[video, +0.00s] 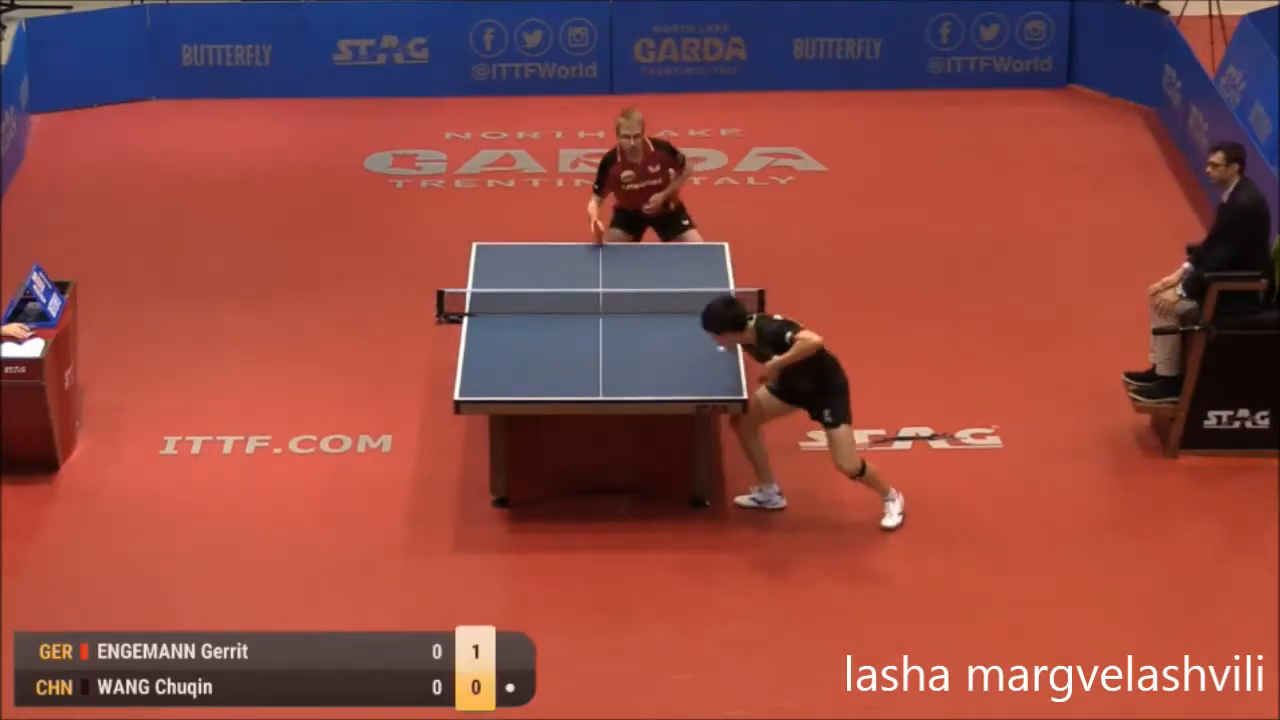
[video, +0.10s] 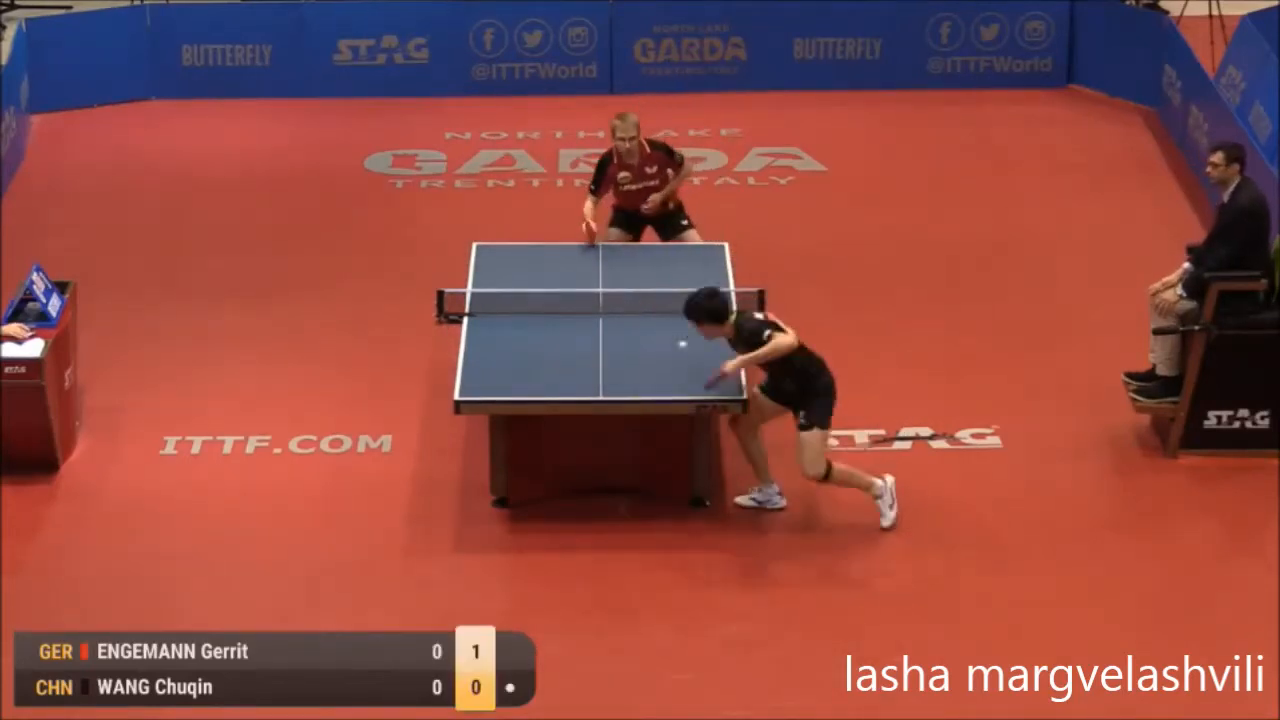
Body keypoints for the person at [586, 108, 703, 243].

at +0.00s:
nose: (632, 143)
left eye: (636, 137)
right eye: (626, 137)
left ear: (643, 133)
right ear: (617, 137)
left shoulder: (662, 149)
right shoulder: (610, 161)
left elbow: (686, 169)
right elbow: (596, 198)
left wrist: (664, 195)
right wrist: (594, 219)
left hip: (666, 209)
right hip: (628, 213)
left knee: (697, 251)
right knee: (610, 255)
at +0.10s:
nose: (627, 145)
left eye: (632, 139)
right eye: (621, 140)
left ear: (639, 136)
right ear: (613, 140)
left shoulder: (658, 150)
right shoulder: (607, 161)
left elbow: (686, 168)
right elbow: (592, 198)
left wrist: (662, 195)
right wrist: (589, 221)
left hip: (664, 209)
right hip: (628, 212)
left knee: (696, 251)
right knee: (609, 255)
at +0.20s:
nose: (623, 150)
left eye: (628, 144)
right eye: (617, 145)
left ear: (636, 140)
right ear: (610, 143)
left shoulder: (658, 155)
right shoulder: (606, 165)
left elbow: (688, 174)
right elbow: (590, 199)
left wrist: (663, 200)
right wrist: (577, 225)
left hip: (667, 212)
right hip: (630, 215)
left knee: (697, 252)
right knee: (607, 252)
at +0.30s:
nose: (619, 152)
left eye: (624, 146)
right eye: (614, 146)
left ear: (635, 140)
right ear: (608, 144)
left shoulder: (660, 157)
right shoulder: (609, 167)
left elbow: (692, 181)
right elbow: (594, 198)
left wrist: (663, 203)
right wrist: (573, 217)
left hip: (671, 216)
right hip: (633, 218)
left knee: (698, 255)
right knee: (607, 251)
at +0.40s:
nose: (605, 154)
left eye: (609, 148)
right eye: (600, 148)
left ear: (621, 143)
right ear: (595, 146)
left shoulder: (646, 159)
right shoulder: (606, 167)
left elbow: (684, 193)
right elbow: (606, 194)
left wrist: (648, 211)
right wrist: (578, 220)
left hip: (670, 220)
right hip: (635, 219)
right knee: (606, 249)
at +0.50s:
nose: (585, 159)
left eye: (590, 153)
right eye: (581, 153)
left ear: (604, 149)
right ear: (578, 151)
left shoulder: (627, 164)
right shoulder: (597, 172)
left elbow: (662, 202)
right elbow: (610, 199)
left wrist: (624, 221)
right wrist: (593, 227)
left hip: (665, 232)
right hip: (634, 232)